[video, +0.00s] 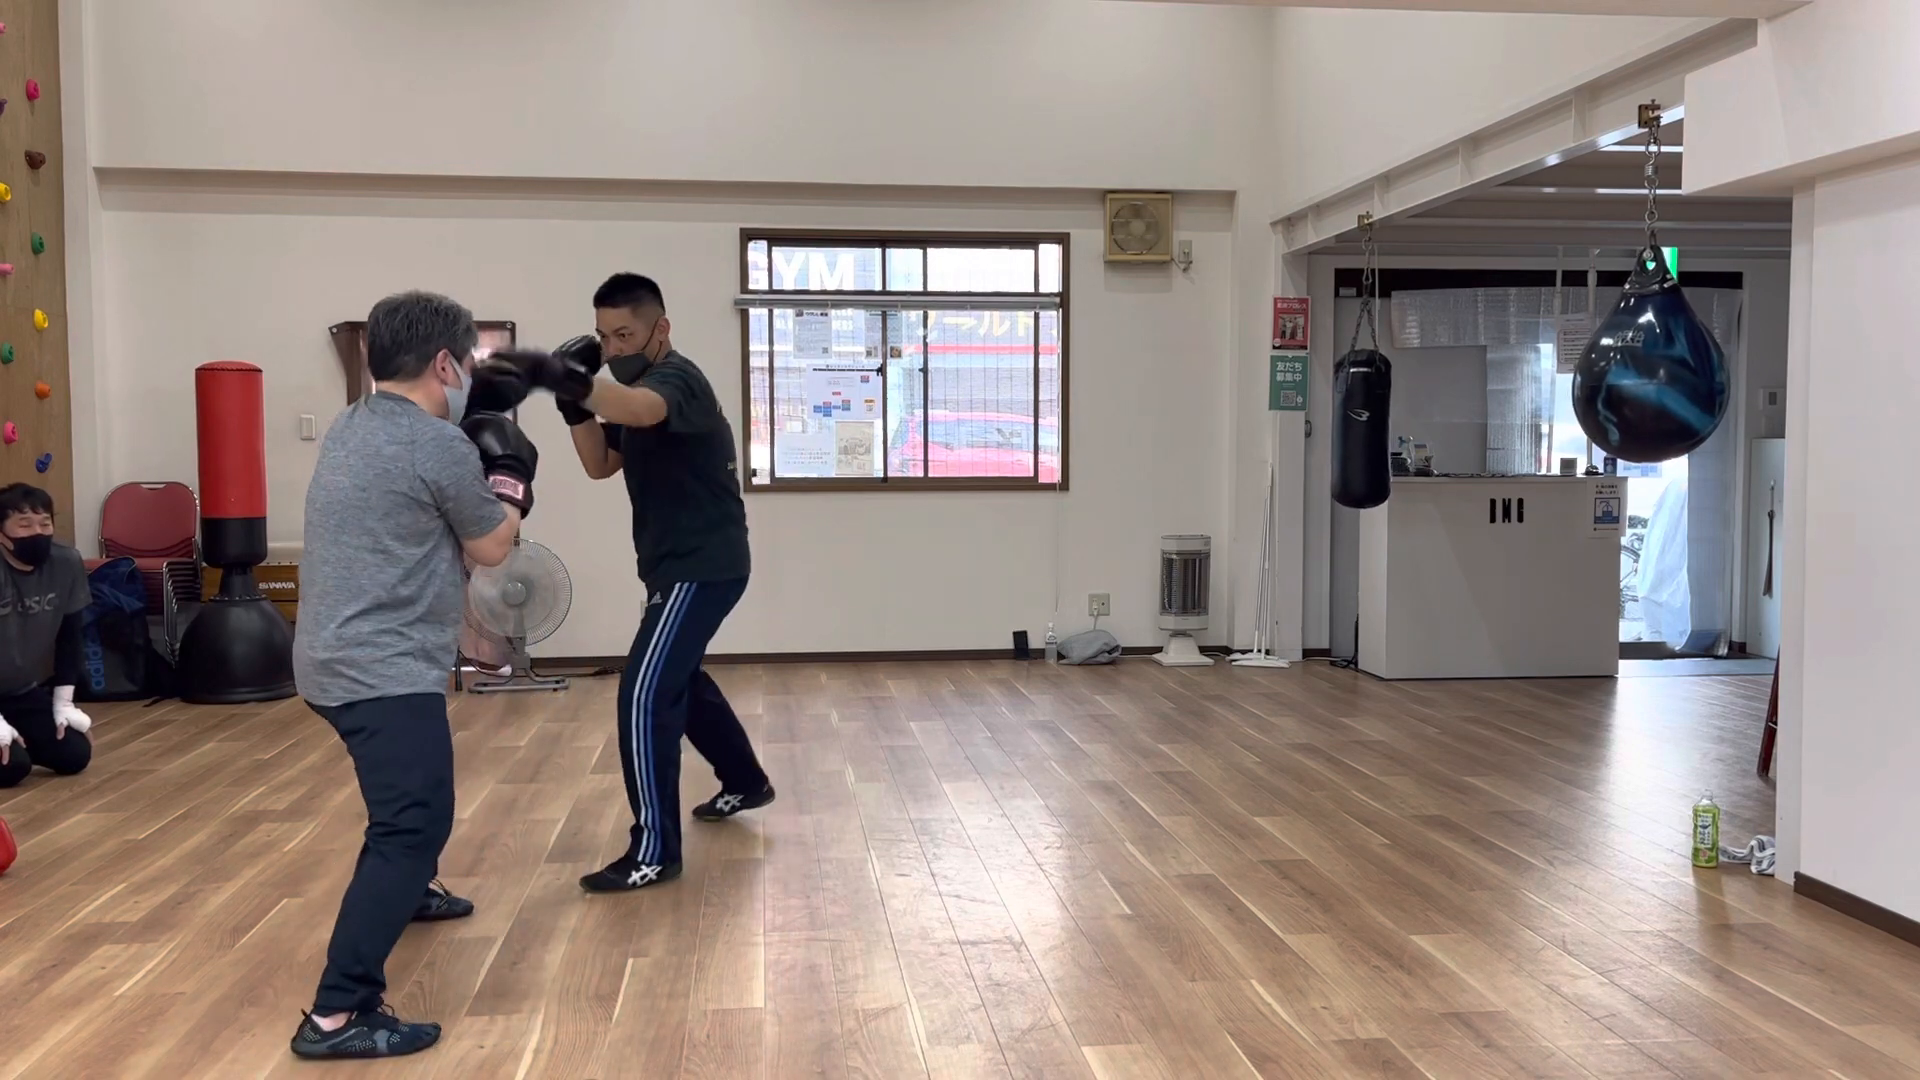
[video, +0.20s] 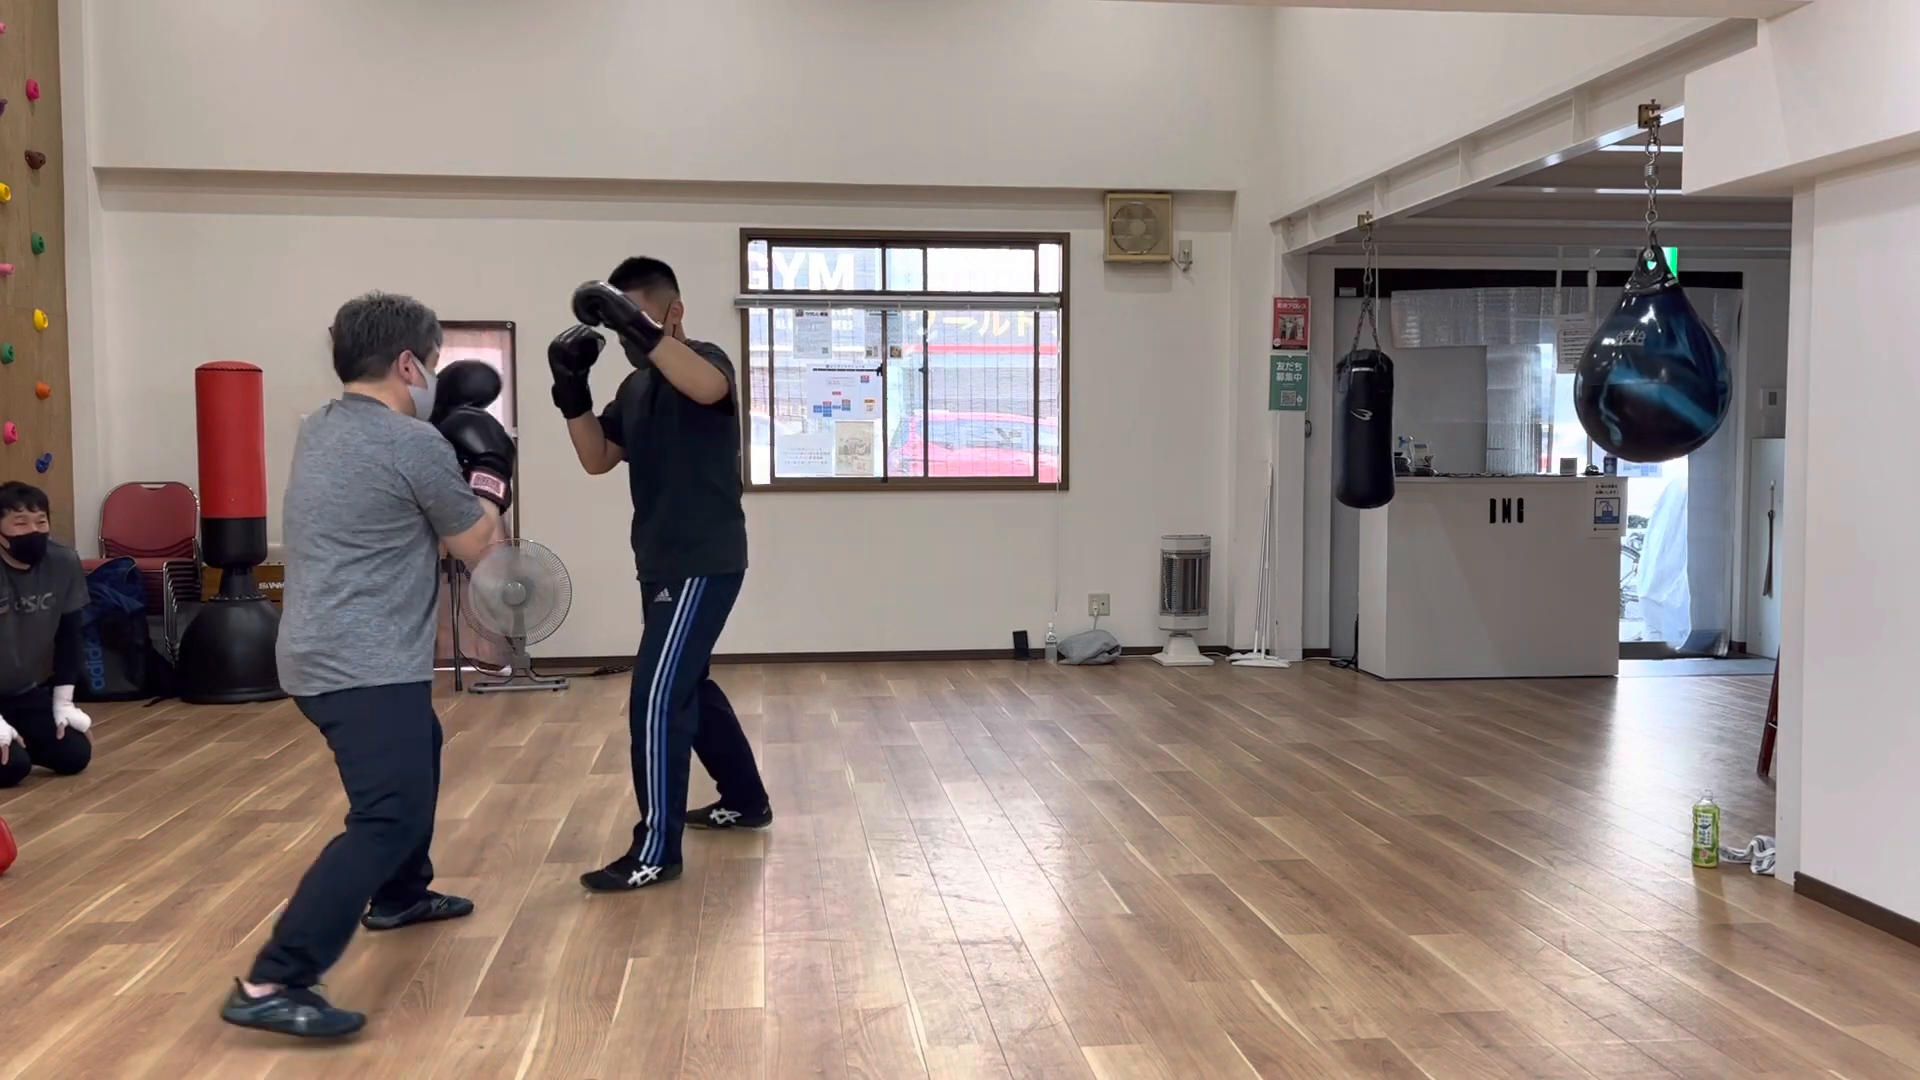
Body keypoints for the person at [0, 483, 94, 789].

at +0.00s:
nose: (38, 533)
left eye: (45, 524)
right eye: (25, 525)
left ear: (53, 526)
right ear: (2, 532)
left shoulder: (66, 563)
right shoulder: (3, 571)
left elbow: (70, 637)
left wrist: (63, 701)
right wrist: (1, 722)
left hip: (30, 692)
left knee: (74, 756)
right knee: (13, 767)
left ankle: (14, 734)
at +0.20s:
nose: (34, 531)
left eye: (40, 521)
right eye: (20, 523)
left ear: (49, 523)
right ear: (0, 530)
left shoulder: (63, 562)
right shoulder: (2, 570)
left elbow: (69, 636)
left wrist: (63, 701)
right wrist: (0, 722)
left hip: (30, 692)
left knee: (74, 756)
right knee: (13, 767)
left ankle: (14, 732)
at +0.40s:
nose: (29, 529)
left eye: (36, 520)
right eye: (16, 521)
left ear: (45, 521)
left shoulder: (60, 561)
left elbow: (67, 634)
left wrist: (63, 700)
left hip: (31, 691)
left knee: (74, 756)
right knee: (12, 767)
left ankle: (14, 732)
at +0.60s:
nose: (28, 527)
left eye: (36, 518)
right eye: (16, 518)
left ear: (44, 520)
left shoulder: (58, 560)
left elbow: (66, 633)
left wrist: (64, 699)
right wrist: (0, 720)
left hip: (30, 692)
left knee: (74, 756)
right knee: (12, 767)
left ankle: (14, 731)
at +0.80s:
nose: (28, 522)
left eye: (36, 513)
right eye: (16, 513)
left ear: (45, 517)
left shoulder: (54, 561)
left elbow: (66, 631)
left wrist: (65, 696)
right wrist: (0, 719)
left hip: (32, 692)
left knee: (75, 756)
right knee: (12, 767)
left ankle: (15, 729)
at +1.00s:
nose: (22, 512)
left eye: (29, 503)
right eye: (10, 504)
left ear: (38, 510)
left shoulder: (48, 561)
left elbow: (67, 630)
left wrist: (65, 690)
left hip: (25, 693)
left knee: (75, 755)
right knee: (11, 767)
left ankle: (10, 730)